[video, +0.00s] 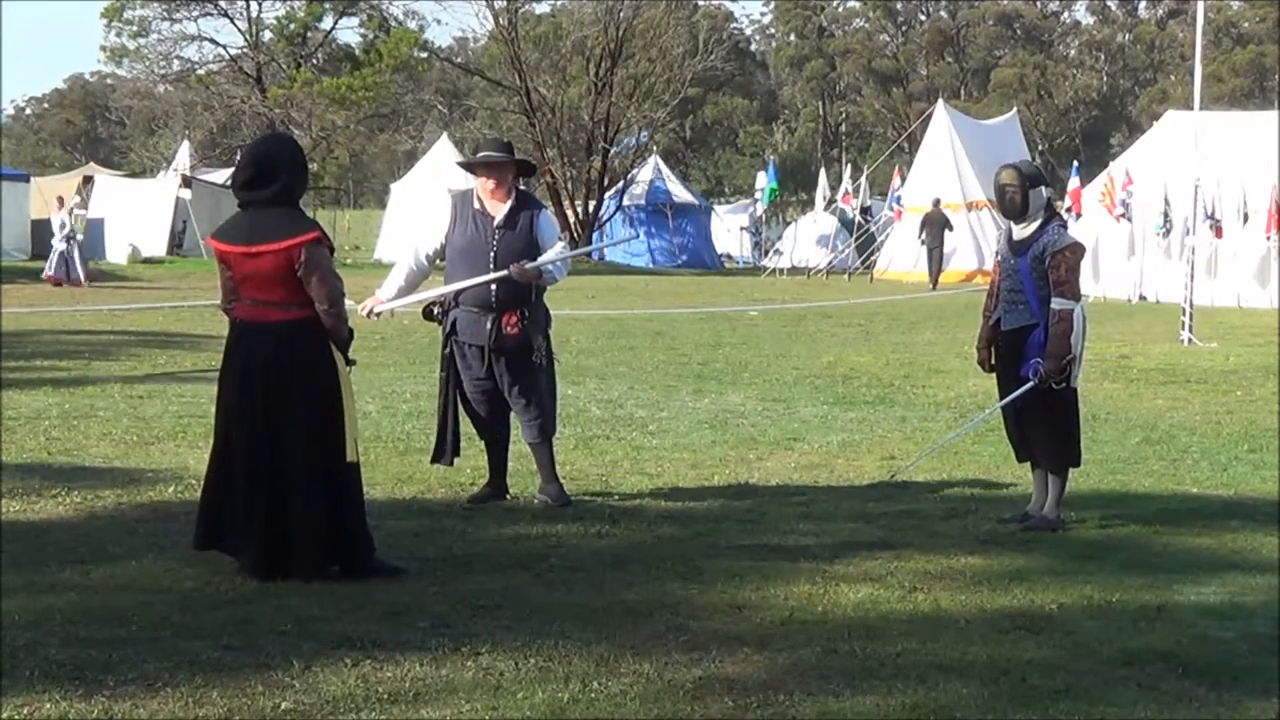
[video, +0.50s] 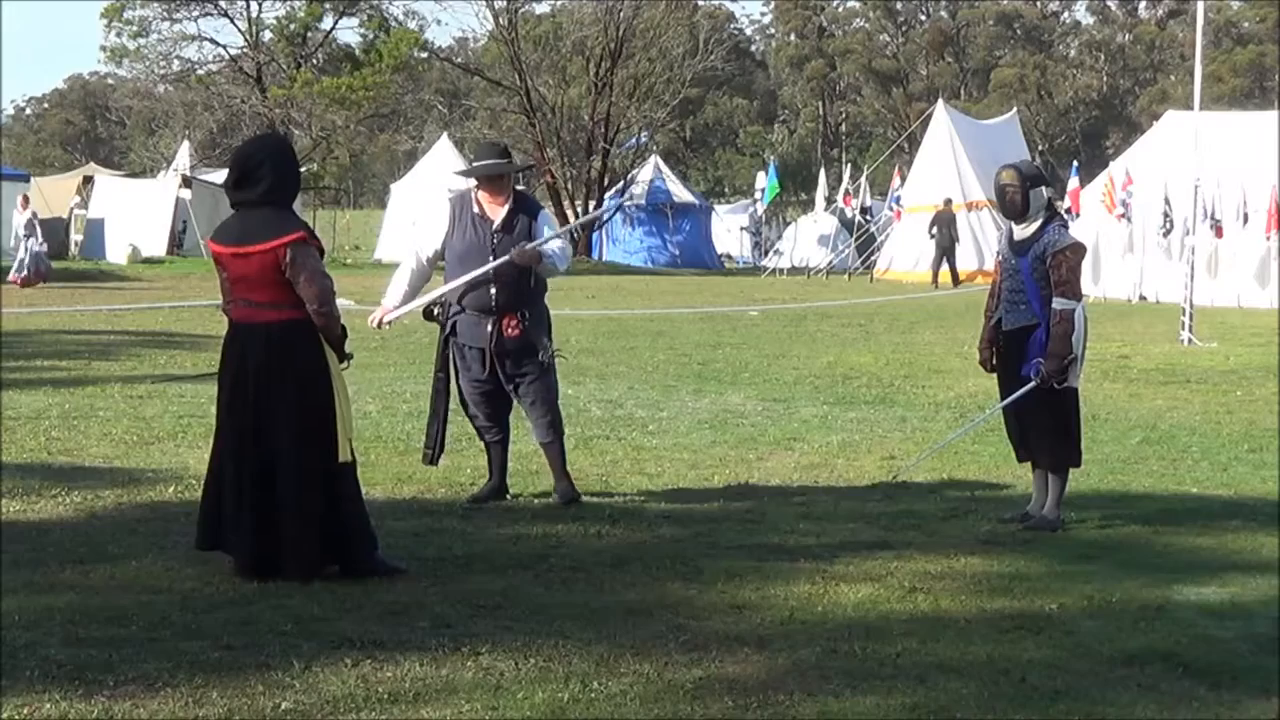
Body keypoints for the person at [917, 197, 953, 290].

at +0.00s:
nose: (937, 205)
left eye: (935, 204)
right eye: (938, 204)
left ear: (932, 204)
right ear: (939, 204)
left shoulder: (927, 215)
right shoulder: (942, 215)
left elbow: (922, 226)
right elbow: (950, 228)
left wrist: (919, 235)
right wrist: (944, 223)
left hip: (929, 242)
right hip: (938, 242)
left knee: (930, 261)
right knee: (937, 262)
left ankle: (931, 279)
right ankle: (933, 282)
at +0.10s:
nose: (940, 207)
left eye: (938, 205)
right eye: (940, 205)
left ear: (933, 205)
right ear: (940, 205)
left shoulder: (928, 216)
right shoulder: (943, 217)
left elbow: (923, 227)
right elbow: (951, 230)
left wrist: (920, 236)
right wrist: (944, 225)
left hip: (930, 243)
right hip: (939, 243)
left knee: (931, 262)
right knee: (939, 262)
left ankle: (932, 281)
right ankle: (934, 282)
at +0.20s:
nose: (943, 206)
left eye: (942, 204)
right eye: (943, 204)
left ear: (935, 205)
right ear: (941, 205)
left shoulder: (930, 215)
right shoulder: (945, 216)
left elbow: (925, 226)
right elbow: (949, 228)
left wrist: (922, 236)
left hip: (932, 244)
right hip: (941, 244)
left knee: (933, 262)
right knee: (944, 261)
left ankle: (934, 281)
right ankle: (937, 279)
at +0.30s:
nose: (946, 205)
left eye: (944, 203)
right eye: (945, 203)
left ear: (937, 203)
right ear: (944, 203)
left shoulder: (931, 213)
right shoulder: (947, 215)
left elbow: (926, 224)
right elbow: (950, 228)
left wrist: (923, 233)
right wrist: (955, 237)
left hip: (934, 242)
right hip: (944, 242)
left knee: (934, 261)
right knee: (947, 259)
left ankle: (933, 280)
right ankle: (941, 278)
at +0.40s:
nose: (949, 205)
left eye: (948, 203)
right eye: (949, 203)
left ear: (941, 203)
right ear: (948, 203)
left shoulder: (935, 213)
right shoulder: (949, 214)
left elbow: (929, 223)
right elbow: (952, 227)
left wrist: (927, 232)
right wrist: (955, 237)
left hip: (937, 240)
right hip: (947, 241)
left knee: (936, 261)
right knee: (950, 262)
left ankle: (934, 281)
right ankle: (949, 281)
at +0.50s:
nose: (951, 206)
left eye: (950, 204)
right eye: (951, 204)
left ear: (943, 204)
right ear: (950, 204)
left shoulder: (938, 213)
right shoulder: (952, 215)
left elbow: (931, 225)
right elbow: (953, 228)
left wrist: (931, 234)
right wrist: (956, 238)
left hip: (940, 241)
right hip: (950, 241)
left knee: (937, 261)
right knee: (952, 262)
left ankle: (934, 281)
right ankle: (955, 280)